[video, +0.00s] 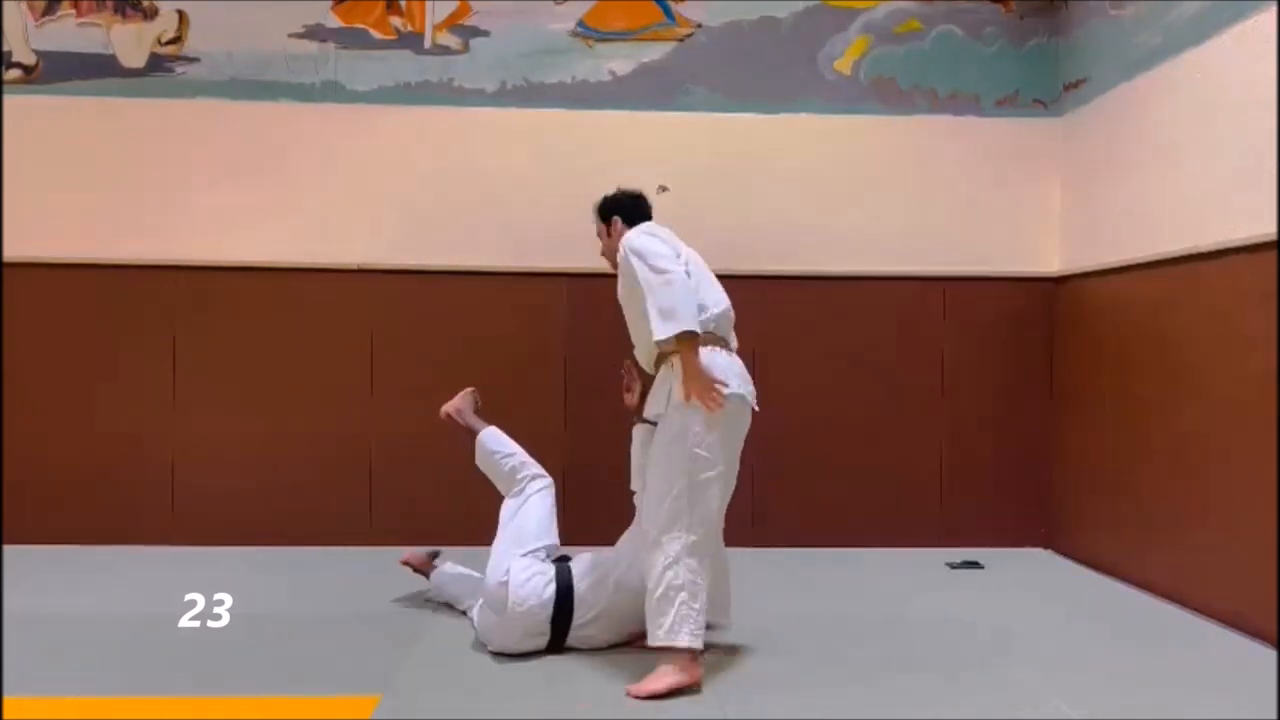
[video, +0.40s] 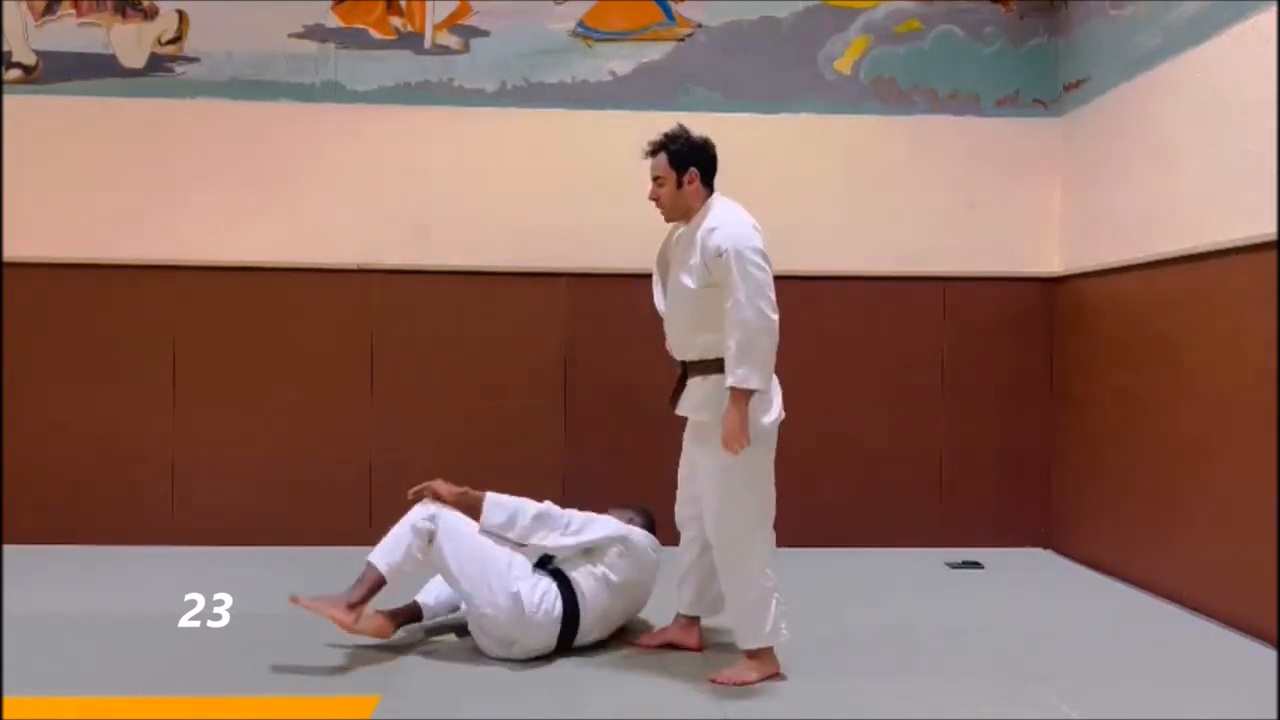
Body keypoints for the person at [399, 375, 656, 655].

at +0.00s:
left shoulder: (660, 542)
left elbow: (645, 487)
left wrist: (646, 416)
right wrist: (642, 415)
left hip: (525, 594)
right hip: (515, 638)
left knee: (533, 484)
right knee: (477, 599)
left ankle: (471, 418)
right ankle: (432, 567)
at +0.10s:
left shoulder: (667, 550)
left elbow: (649, 487)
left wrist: (638, 421)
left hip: (529, 597)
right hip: (513, 641)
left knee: (538, 478)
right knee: (480, 593)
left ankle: (456, 406)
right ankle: (407, 563)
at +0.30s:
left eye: (673, 527)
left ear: (678, 545)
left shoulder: (651, 560)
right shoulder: (652, 619)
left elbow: (598, 512)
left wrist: (531, 466)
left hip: (544, 599)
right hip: (530, 644)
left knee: (479, 487)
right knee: (480, 586)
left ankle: (357, 504)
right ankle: (395, 597)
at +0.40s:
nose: (601, 520)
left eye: (612, 518)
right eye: (607, 517)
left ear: (633, 523)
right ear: (637, 532)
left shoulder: (631, 538)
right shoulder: (624, 598)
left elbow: (547, 520)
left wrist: (462, 496)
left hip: (534, 604)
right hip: (519, 646)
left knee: (430, 514)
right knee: (474, 571)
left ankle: (353, 601)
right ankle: (393, 620)